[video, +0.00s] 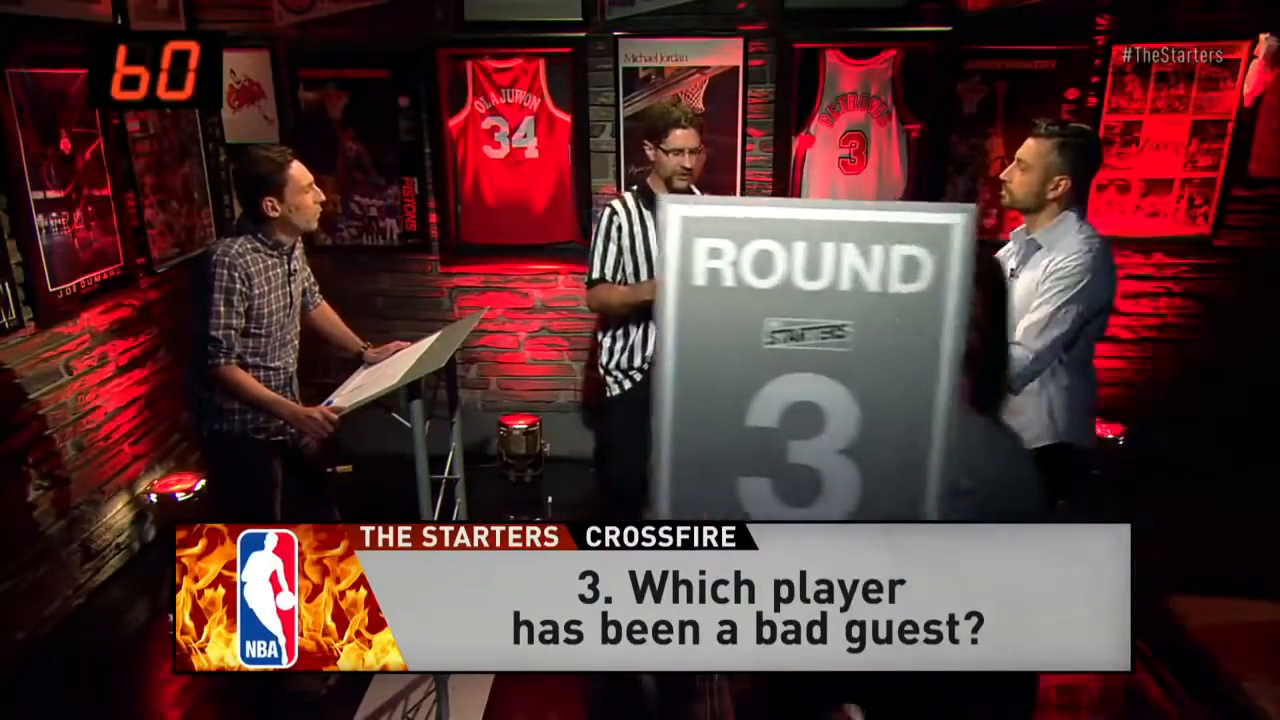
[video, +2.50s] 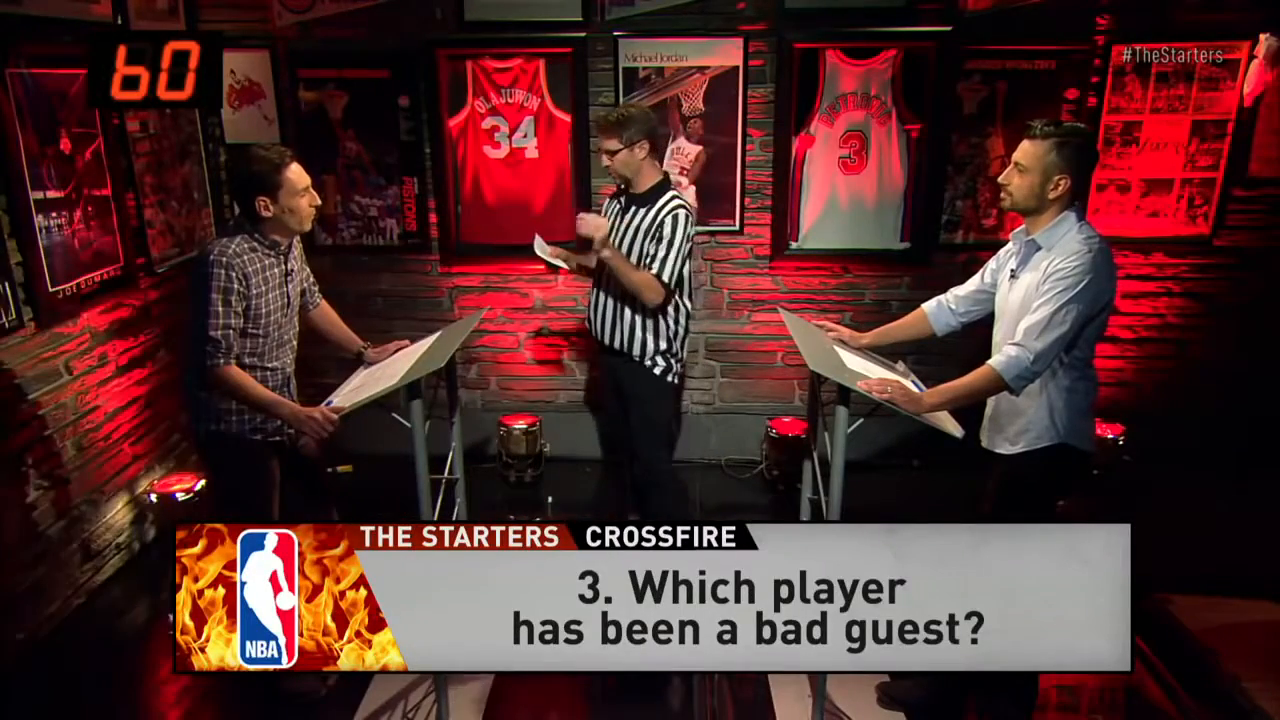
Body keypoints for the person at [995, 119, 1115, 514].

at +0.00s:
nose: (1004, 174)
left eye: (1020, 167)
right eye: (1012, 162)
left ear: (1057, 187)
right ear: (1056, 187)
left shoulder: (1082, 257)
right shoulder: (1017, 248)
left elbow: (1022, 359)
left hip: (1050, 444)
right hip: (1003, 436)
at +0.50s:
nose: (1002, 176)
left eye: (1016, 170)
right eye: (1007, 165)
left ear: (1055, 189)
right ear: (1044, 186)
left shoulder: (1083, 258)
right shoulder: (1025, 244)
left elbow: (1023, 358)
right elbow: (954, 306)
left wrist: (928, 398)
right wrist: (867, 339)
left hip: (1043, 446)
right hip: (1000, 433)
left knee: (1009, 579)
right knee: (973, 562)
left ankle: (999, 704)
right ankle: (940, 683)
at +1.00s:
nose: (1002, 178)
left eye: (1016, 172)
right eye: (1006, 166)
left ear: (1056, 189)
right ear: (1043, 186)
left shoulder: (1082, 259)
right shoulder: (1025, 244)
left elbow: (1024, 359)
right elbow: (954, 306)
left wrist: (928, 398)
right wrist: (867, 339)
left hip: (1043, 446)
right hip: (1000, 433)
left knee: (1008, 579)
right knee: (973, 562)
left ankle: (1000, 703)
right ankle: (940, 684)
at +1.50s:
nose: (1003, 178)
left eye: (1018, 171)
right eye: (1008, 166)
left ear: (1057, 189)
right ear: (1045, 186)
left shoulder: (1084, 260)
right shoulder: (1025, 244)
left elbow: (1024, 360)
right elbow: (954, 306)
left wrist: (927, 398)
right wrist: (868, 339)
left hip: (1043, 446)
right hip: (1001, 433)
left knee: (1007, 579)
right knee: (973, 563)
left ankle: (996, 704)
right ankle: (939, 683)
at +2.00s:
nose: (1005, 177)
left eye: (1019, 170)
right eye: (1009, 166)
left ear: (1058, 188)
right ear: (1046, 186)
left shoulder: (1084, 259)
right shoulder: (1026, 243)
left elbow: (1024, 360)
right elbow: (955, 306)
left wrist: (928, 398)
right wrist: (868, 339)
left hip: (1043, 446)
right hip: (1002, 433)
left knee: (1005, 578)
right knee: (976, 563)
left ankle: (997, 704)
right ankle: (941, 683)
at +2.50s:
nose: (1004, 176)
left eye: (1019, 169)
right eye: (1009, 164)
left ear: (1057, 188)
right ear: (1046, 185)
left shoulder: (1082, 259)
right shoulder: (1025, 244)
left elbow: (1023, 360)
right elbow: (955, 306)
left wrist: (928, 398)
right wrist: (868, 339)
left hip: (1043, 445)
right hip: (1002, 433)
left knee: (1006, 578)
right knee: (977, 564)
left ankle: (1001, 705)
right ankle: (942, 683)